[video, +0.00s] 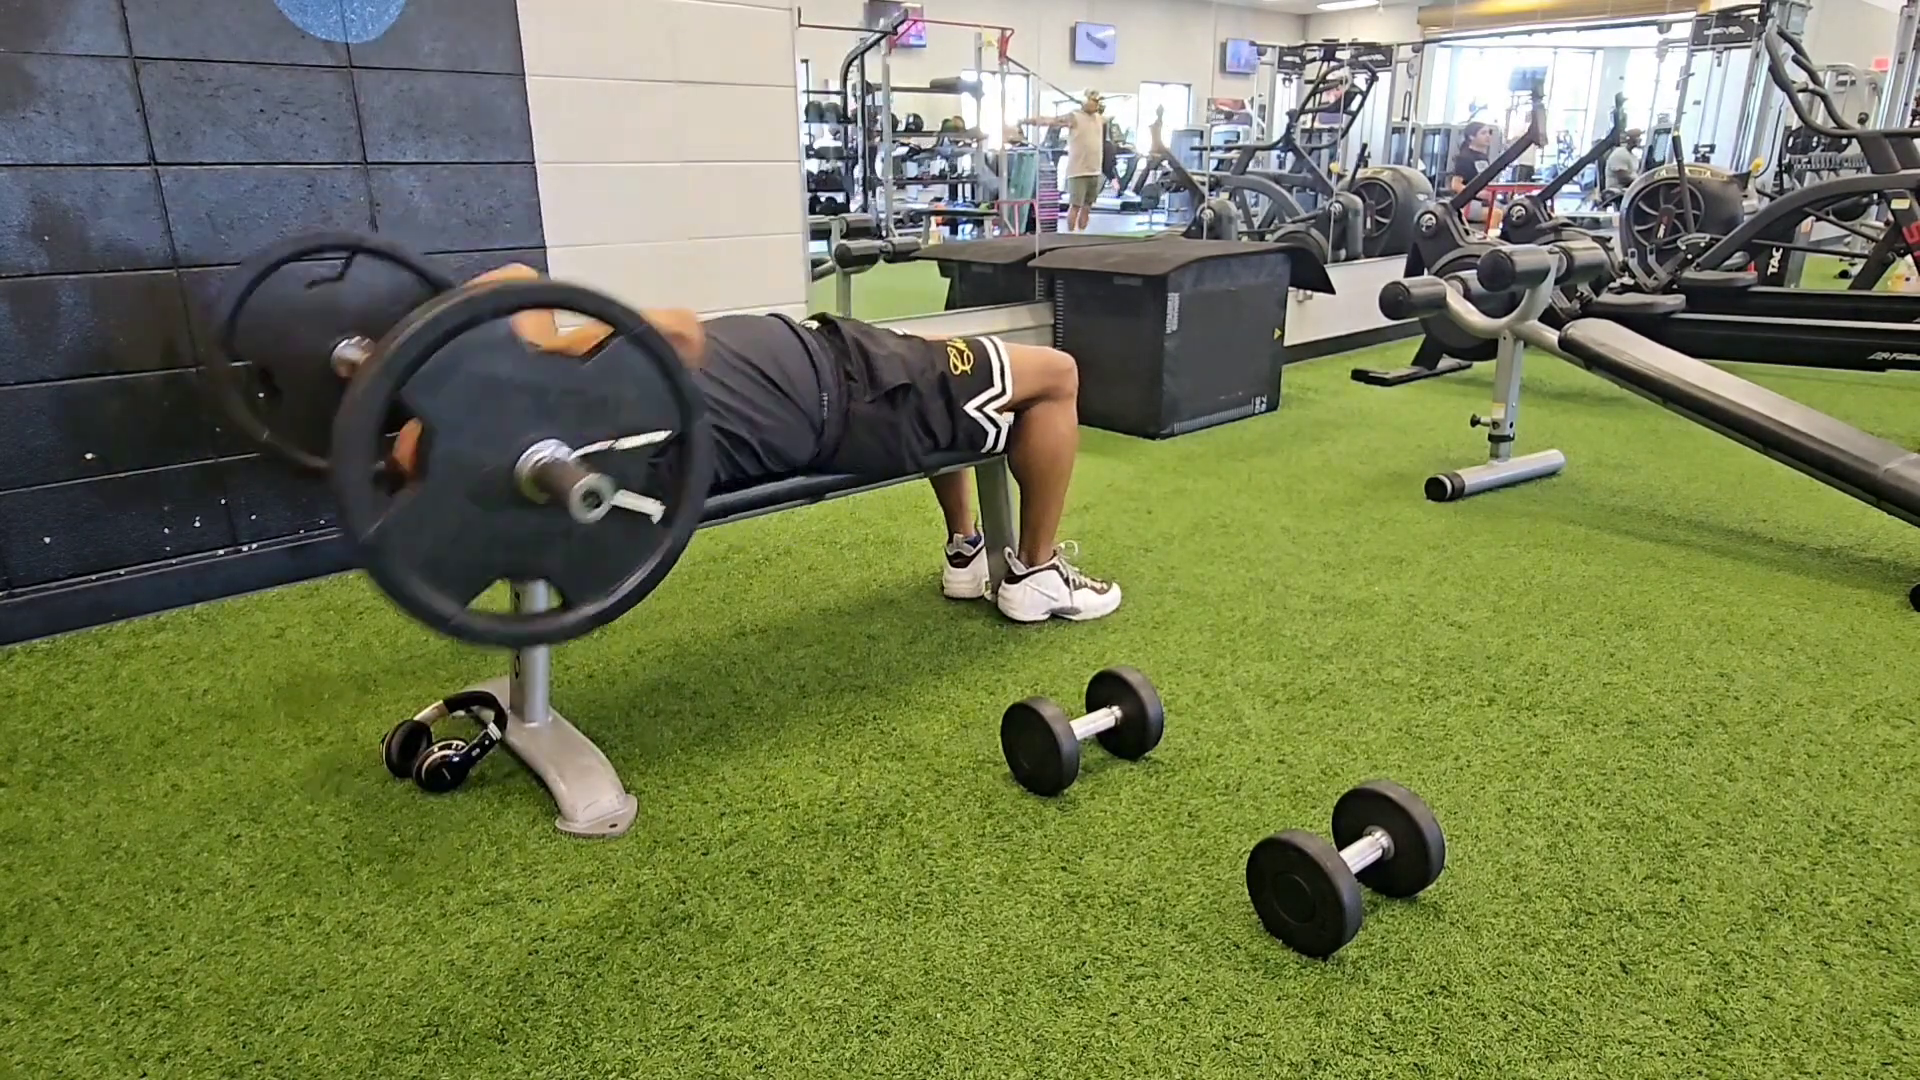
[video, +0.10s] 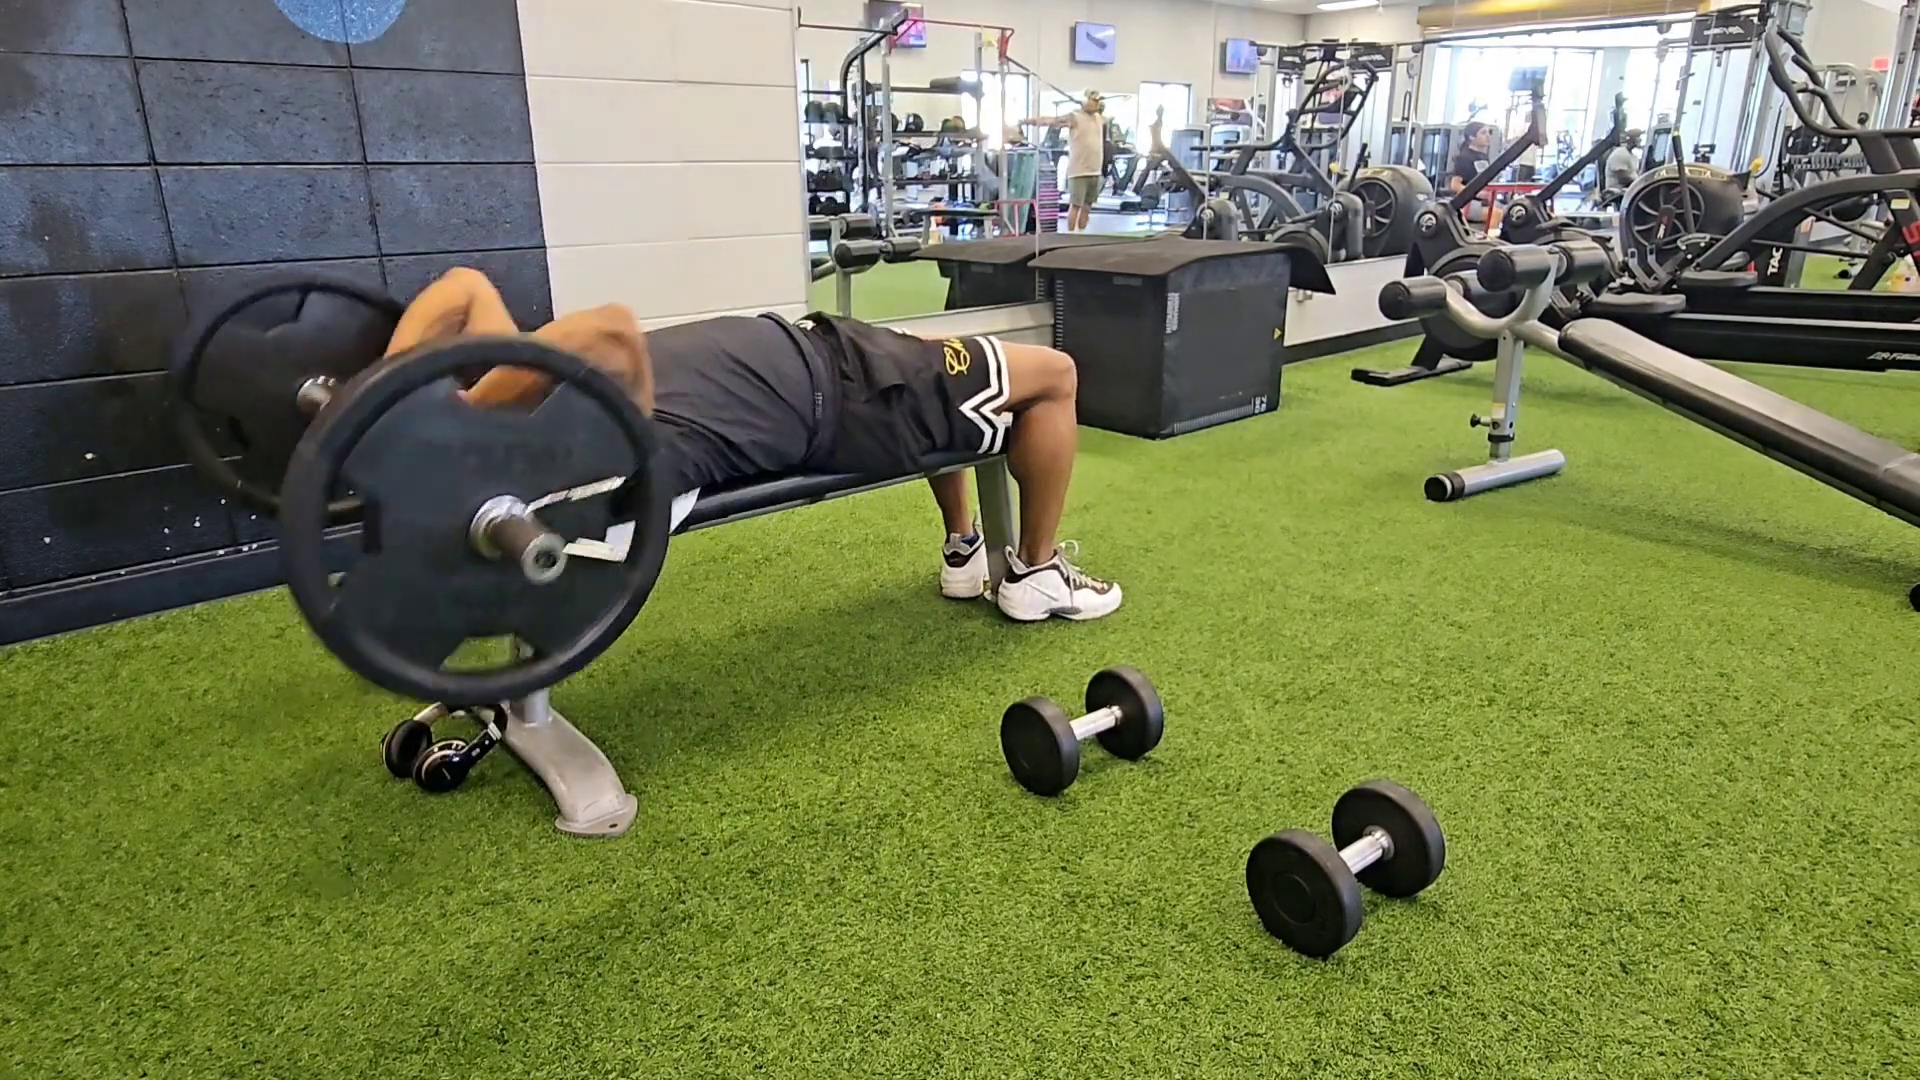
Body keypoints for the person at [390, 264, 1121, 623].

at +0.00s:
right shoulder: (545, 415)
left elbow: (516, 271)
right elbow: (686, 332)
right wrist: (556, 324)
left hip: (788, 351)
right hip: (829, 395)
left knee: (942, 354)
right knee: (1055, 374)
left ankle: (968, 550)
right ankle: (1041, 573)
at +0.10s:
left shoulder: (434, 426)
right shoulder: (533, 472)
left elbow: (466, 286)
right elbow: (609, 328)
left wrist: (378, 402)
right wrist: (484, 401)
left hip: (773, 345)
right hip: (821, 390)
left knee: (935, 353)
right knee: (1053, 374)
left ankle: (966, 549)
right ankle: (1041, 572)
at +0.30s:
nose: (429, 409)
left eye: (415, 425)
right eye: (434, 431)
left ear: (406, 445)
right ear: (476, 478)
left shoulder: (459, 423)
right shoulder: (580, 461)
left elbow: (377, 329)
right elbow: (517, 375)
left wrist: (368, 460)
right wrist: (417, 485)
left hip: (772, 340)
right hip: (827, 382)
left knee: (926, 344)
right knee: (1048, 372)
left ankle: (967, 545)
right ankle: (1039, 574)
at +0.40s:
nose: (452, 400)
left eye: (440, 411)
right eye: (452, 419)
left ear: (421, 469)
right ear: (493, 469)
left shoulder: (496, 422)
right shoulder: (597, 468)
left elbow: (369, 353)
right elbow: (501, 412)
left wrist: (384, 494)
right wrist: (428, 524)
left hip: (779, 341)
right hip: (837, 384)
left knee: (930, 343)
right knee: (1050, 372)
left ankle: (966, 546)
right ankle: (1038, 574)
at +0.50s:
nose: (446, 397)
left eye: (430, 412)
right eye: (444, 421)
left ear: (426, 467)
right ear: (483, 470)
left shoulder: (495, 417)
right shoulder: (595, 464)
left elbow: (368, 347)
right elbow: (491, 412)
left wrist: (378, 485)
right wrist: (437, 551)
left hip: (780, 340)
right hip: (836, 382)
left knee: (930, 342)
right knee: (1049, 372)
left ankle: (966, 547)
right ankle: (1037, 574)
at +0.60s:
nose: (430, 408)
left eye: (412, 421)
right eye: (428, 426)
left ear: (396, 456)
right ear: (462, 472)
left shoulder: (463, 426)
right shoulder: (583, 456)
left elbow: (394, 315)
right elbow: (510, 360)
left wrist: (369, 451)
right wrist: (426, 470)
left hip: (775, 341)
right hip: (830, 384)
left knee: (926, 347)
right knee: (1046, 369)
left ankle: (968, 545)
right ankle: (1038, 574)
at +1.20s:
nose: (481, 388)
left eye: (457, 399)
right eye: (471, 416)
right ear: (507, 485)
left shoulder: (542, 394)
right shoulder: (605, 470)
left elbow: (659, 368)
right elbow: (732, 491)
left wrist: (608, 326)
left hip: (782, 366)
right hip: (839, 422)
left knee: (935, 341)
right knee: (1053, 372)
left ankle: (964, 545)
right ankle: (1051, 579)